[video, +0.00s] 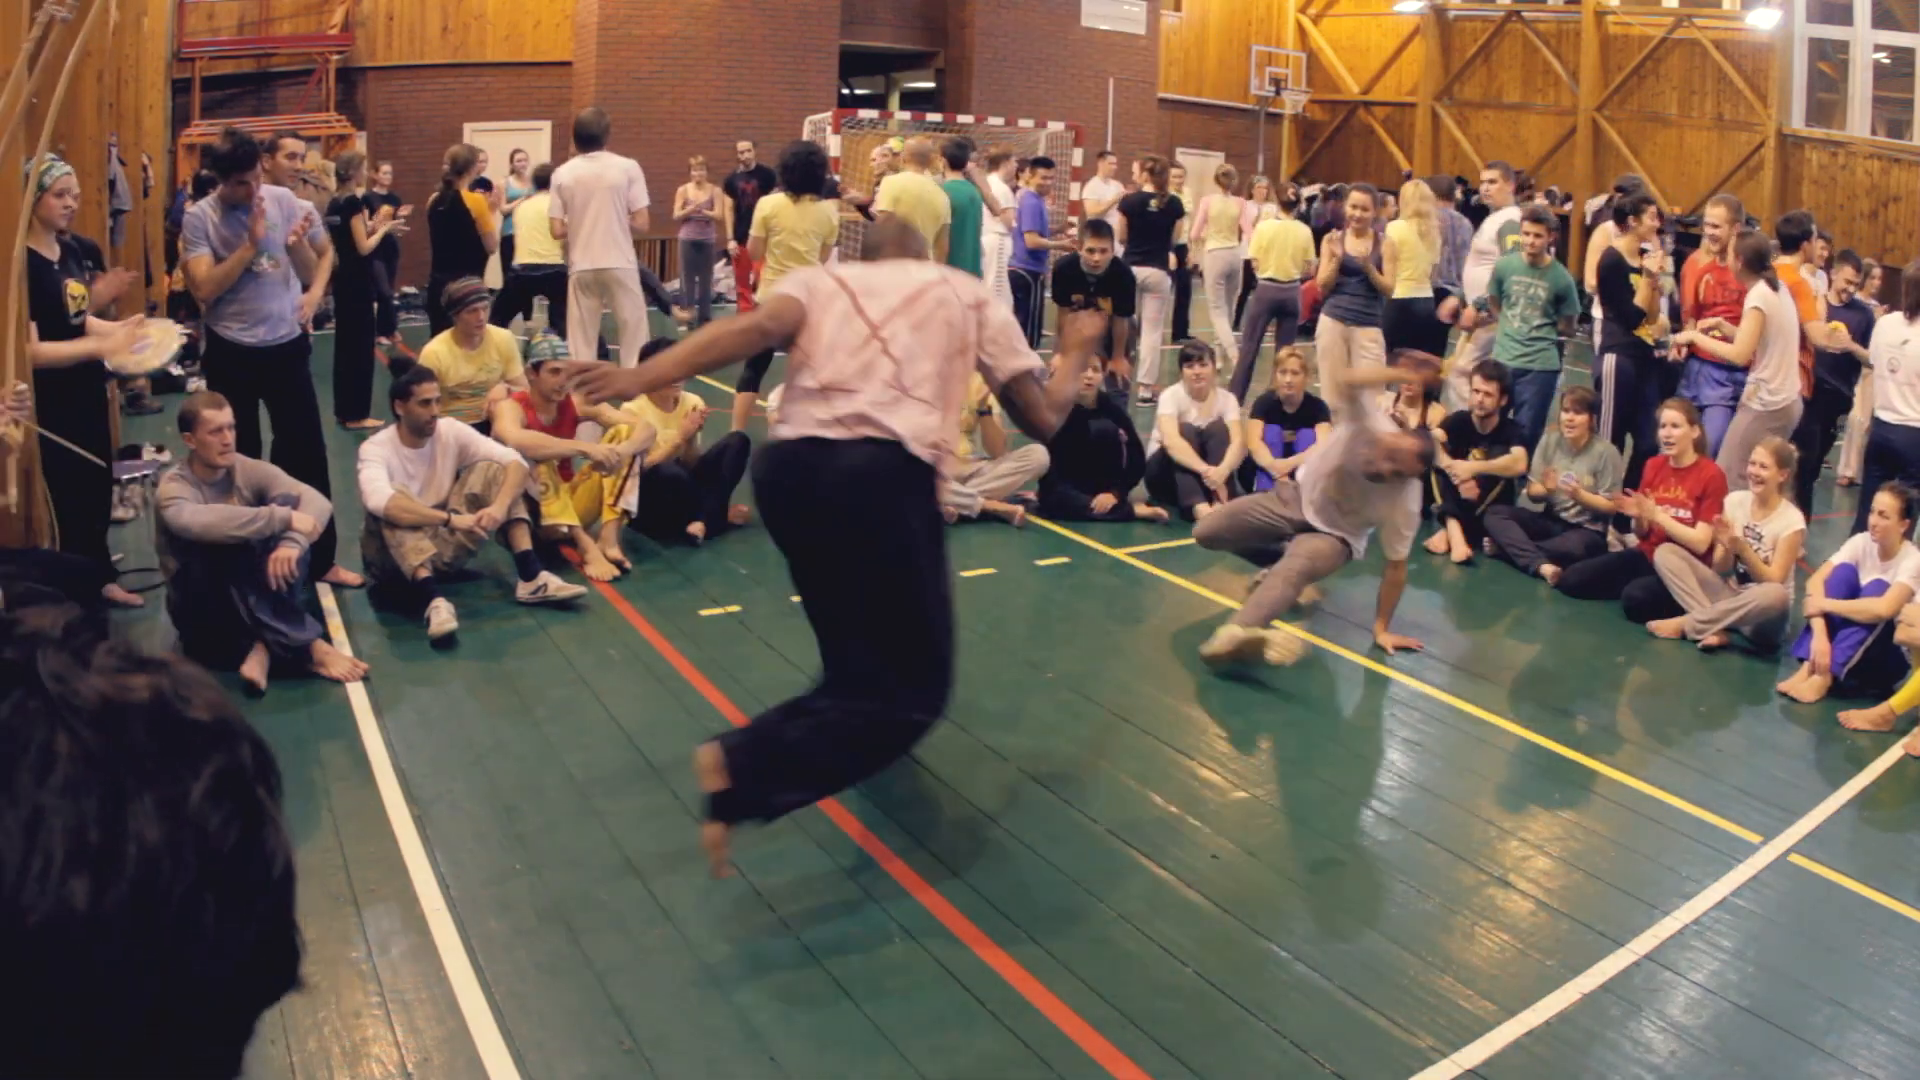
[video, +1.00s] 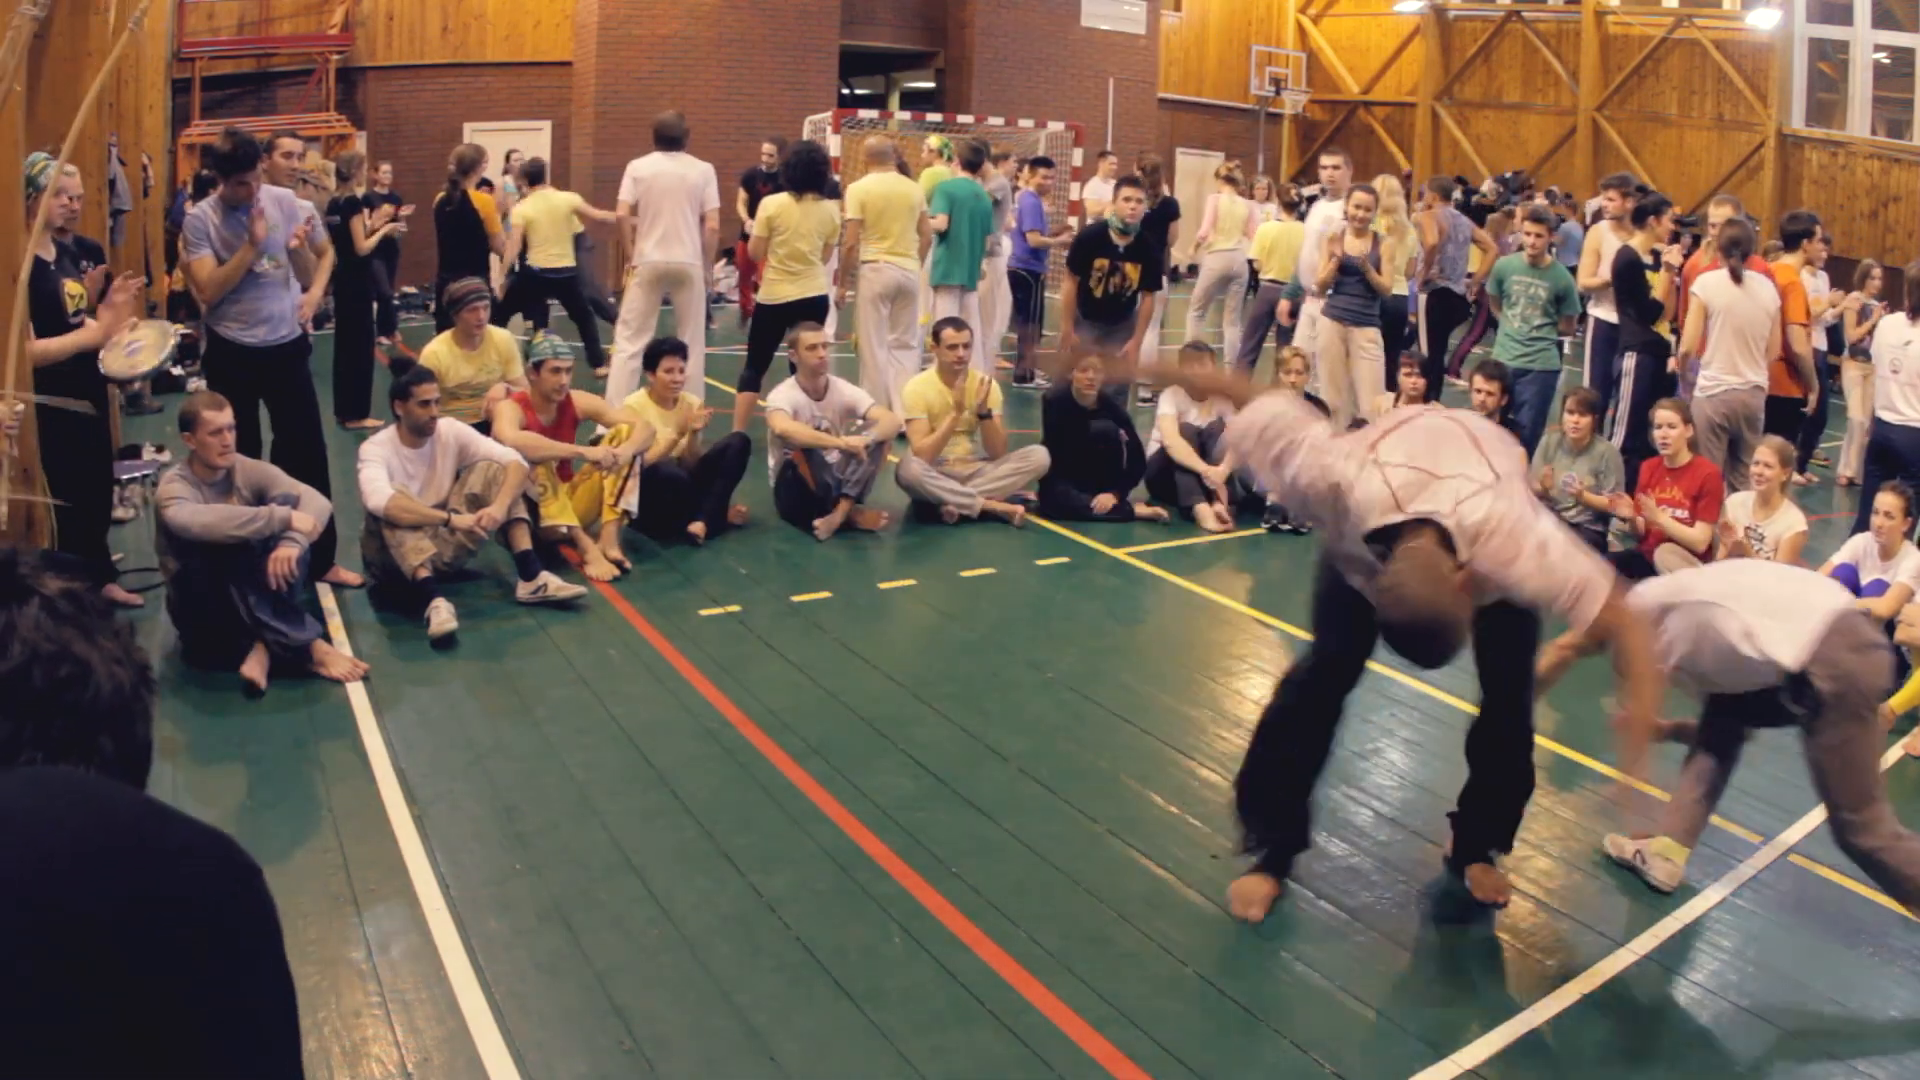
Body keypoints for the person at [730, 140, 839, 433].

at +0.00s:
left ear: (783, 171)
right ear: (821, 174)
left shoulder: (768, 204)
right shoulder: (828, 211)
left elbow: (755, 251)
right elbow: (825, 255)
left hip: (772, 293)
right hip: (813, 294)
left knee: (755, 365)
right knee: (808, 368)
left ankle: (736, 434)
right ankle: (802, 439)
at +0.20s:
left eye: (782, 167)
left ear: (784, 171)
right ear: (821, 173)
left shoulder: (768, 205)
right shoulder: (829, 209)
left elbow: (754, 252)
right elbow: (825, 254)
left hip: (773, 301)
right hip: (813, 298)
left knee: (753, 370)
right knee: (807, 367)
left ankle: (736, 436)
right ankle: (809, 435)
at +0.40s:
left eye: (781, 166)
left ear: (783, 171)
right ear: (821, 173)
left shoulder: (768, 205)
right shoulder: (829, 210)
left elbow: (754, 253)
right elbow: (824, 256)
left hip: (773, 301)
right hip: (814, 298)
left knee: (753, 369)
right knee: (808, 367)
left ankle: (736, 436)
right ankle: (810, 434)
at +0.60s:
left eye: (780, 166)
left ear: (783, 171)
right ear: (821, 172)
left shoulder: (768, 205)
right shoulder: (830, 209)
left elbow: (757, 252)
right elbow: (825, 255)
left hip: (773, 300)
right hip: (814, 297)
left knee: (754, 368)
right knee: (808, 367)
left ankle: (736, 436)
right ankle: (809, 434)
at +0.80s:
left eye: (777, 163)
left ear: (784, 169)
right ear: (822, 171)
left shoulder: (769, 204)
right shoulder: (830, 208)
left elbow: (757, 251)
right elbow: (826, 254)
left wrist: (750, 233)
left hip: (773, 299)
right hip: (814, 297)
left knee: (754, 367)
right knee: (808, 366)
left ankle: (737, 435)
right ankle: (809, 433)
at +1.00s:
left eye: (781, 164)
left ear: (786, 170)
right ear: (823, 172)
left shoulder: (771, 204)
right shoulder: (830, 209)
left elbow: (756, 250)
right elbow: (826, 255)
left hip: (774, 300)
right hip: (815, 298)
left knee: (754, 367)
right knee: (808, 366)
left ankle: (737, 435)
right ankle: (809, 434)